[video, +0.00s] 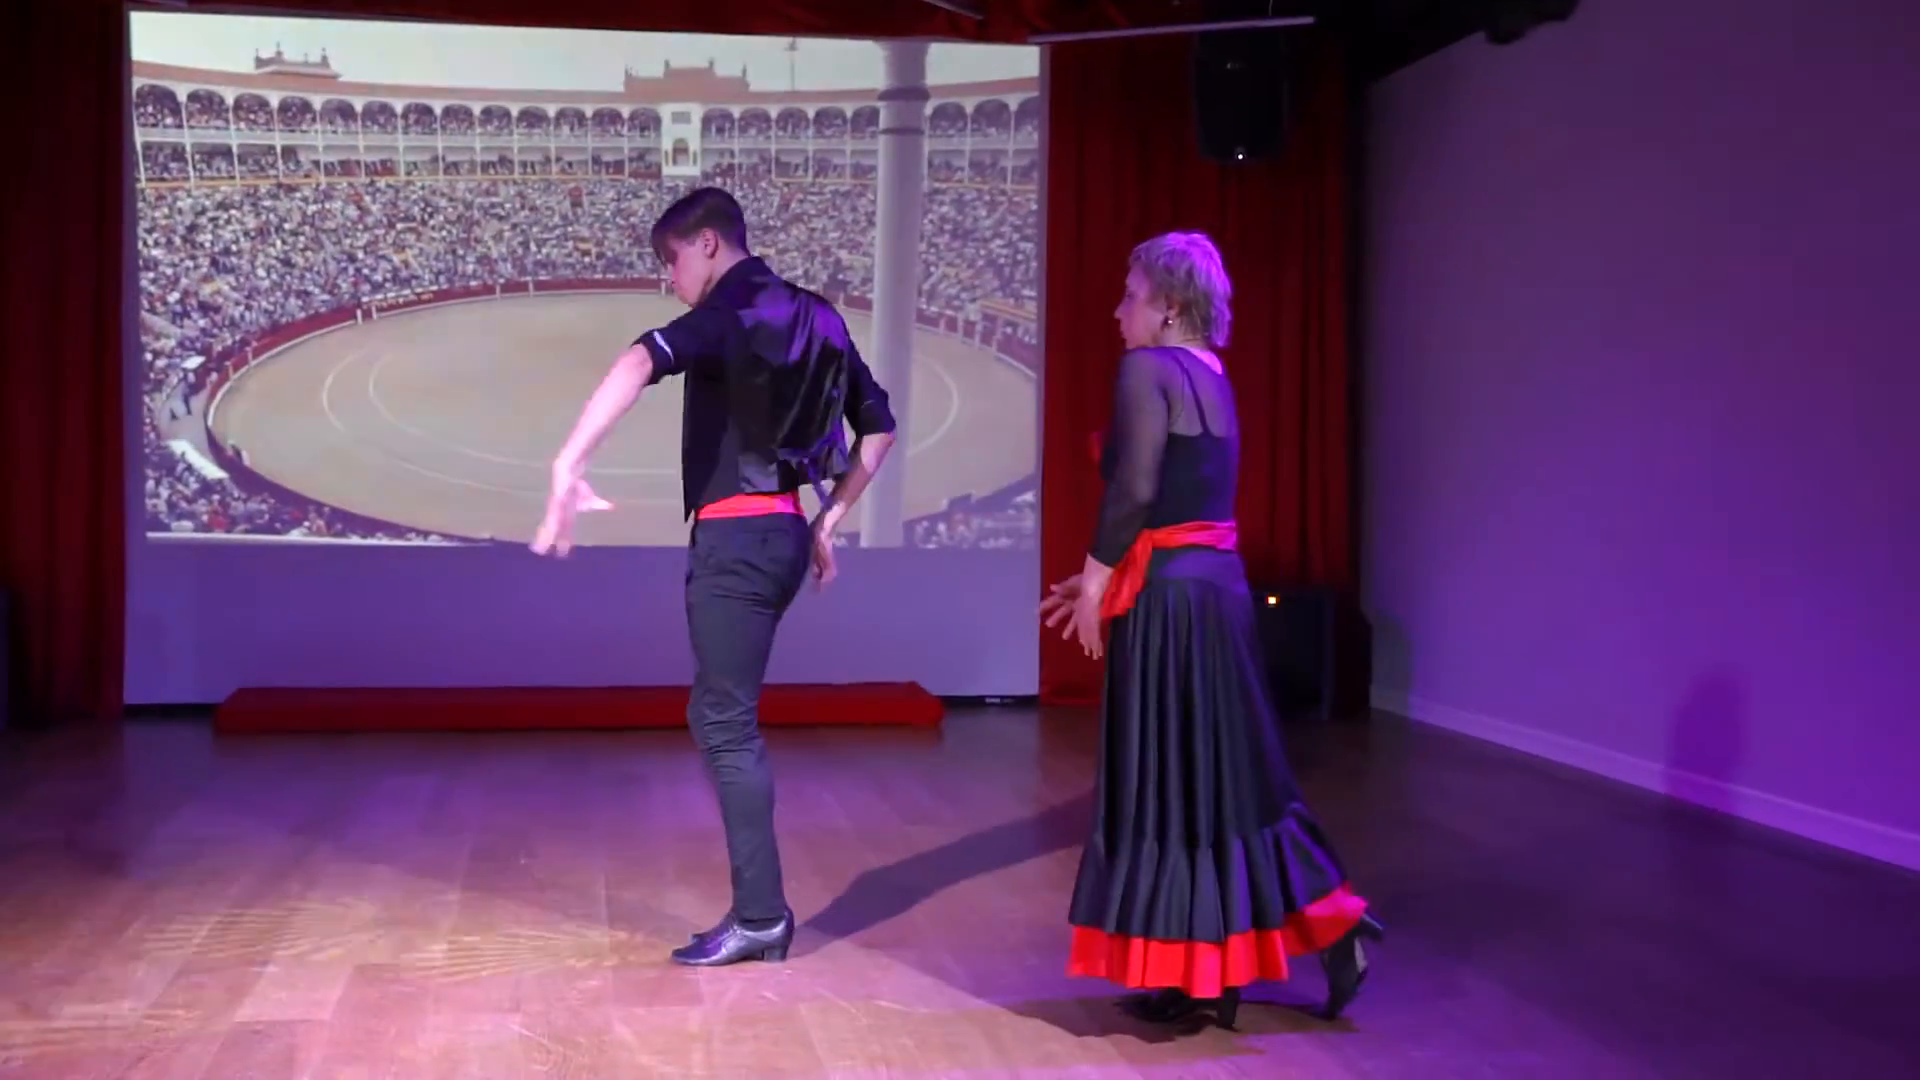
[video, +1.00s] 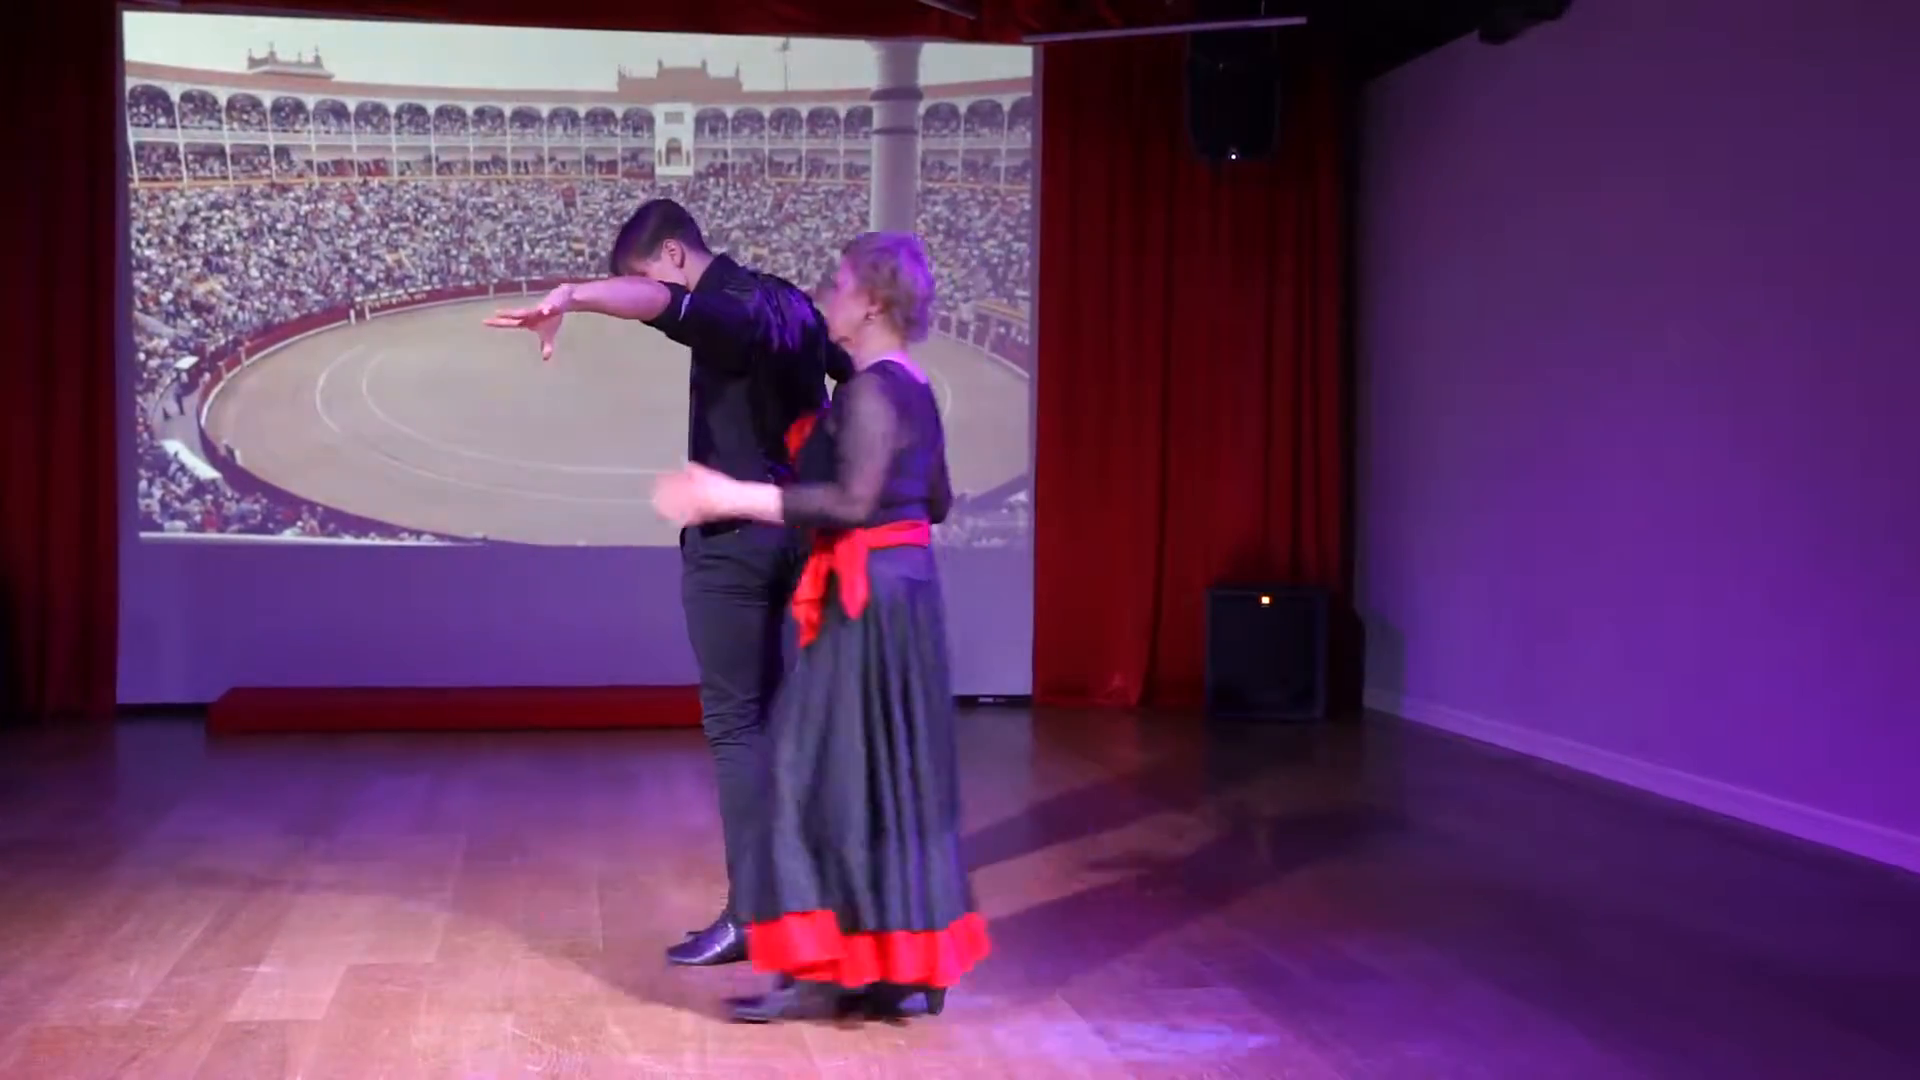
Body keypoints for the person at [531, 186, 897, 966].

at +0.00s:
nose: (671, 282)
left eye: (672, 262)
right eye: (666, 265)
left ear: (711, 244)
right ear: (734, 245)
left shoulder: (727, 310)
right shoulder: (818, 317)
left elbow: (640, 358)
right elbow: (878, 431)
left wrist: (568, 460)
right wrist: (826, 521)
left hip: (734, 538)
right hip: (780, 538)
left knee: (726, 725)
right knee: (721, 718)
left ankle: (760, 916)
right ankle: (759, 907)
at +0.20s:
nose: (661, 289)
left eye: (662, 268)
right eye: (655, 273)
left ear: (700, 245)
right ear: (718, 246)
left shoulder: (728, 310)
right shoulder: (802, 309)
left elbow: (652, 343)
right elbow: (867, 400)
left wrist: (556, 409)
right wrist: (827, 491)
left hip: (730, 534)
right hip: (780, 531)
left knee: (733, 728)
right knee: (735, 721)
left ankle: (760, 917)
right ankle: (759, 909)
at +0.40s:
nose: (654, 286)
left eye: (656, 268)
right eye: (647, 272)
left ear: (694, 244)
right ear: (708, 245)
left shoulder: (726, 304)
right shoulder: (794, 303)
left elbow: (653, 324)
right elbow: (863, 384)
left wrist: (558, 362)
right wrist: (825, 468)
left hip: (730, 533)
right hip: (782, 529)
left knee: (733, 728)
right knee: (748, 724)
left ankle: (757, 916)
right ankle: (760, 909)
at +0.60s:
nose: (654, 284)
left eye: (653, 270)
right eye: (647, 274)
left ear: (684, 244)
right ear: (707, 240)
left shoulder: (723, 299)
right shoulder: (794, 303)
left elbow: (661, 305)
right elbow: (860, 374)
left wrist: (562, 331)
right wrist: (822, 457)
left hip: (731, 535)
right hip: (785, 530)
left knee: (733, 729)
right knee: (759, 723)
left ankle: (753, 917)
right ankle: (764, 909)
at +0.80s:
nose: (652, 287)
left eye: (649, 274)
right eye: (644, 277)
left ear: (679, 248)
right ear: (702, 242)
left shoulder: (721, 298)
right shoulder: (792, 302)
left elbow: (660, 300)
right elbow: (862, 372)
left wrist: (566, 312)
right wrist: (825, 454)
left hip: (734, 536)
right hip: (790, 531)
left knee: (734, 730)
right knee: (763, 726)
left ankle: (752, 920)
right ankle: (762, 908)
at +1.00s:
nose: (649, 292)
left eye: (645, 278)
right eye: (642, 281)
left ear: (675, 252)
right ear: (699, 244)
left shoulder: (730, 304)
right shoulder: (791, 301)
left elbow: (661, 300)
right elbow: (858, 384)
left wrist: (570, 296)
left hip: (732, 546)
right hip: (787, 542)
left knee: (734, 727)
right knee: (774, 721)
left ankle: (753, 909)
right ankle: (801, 905)